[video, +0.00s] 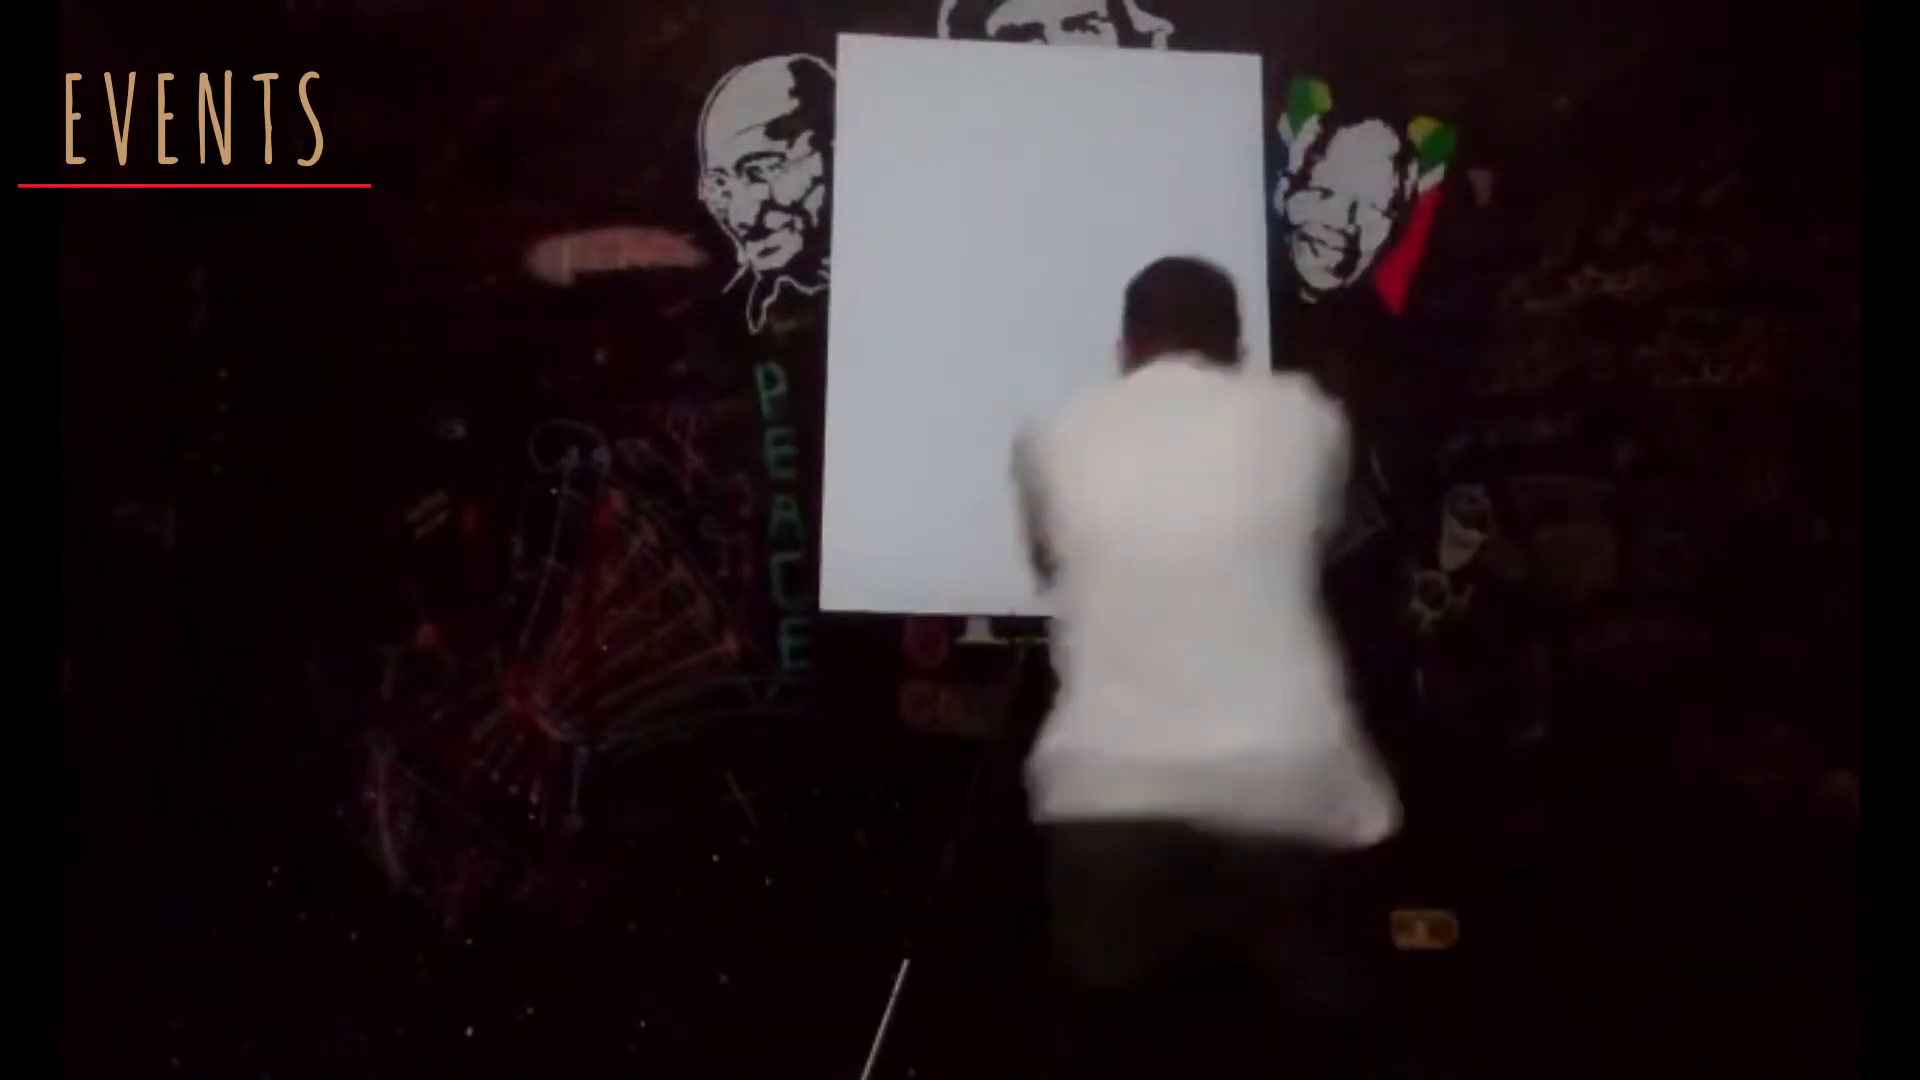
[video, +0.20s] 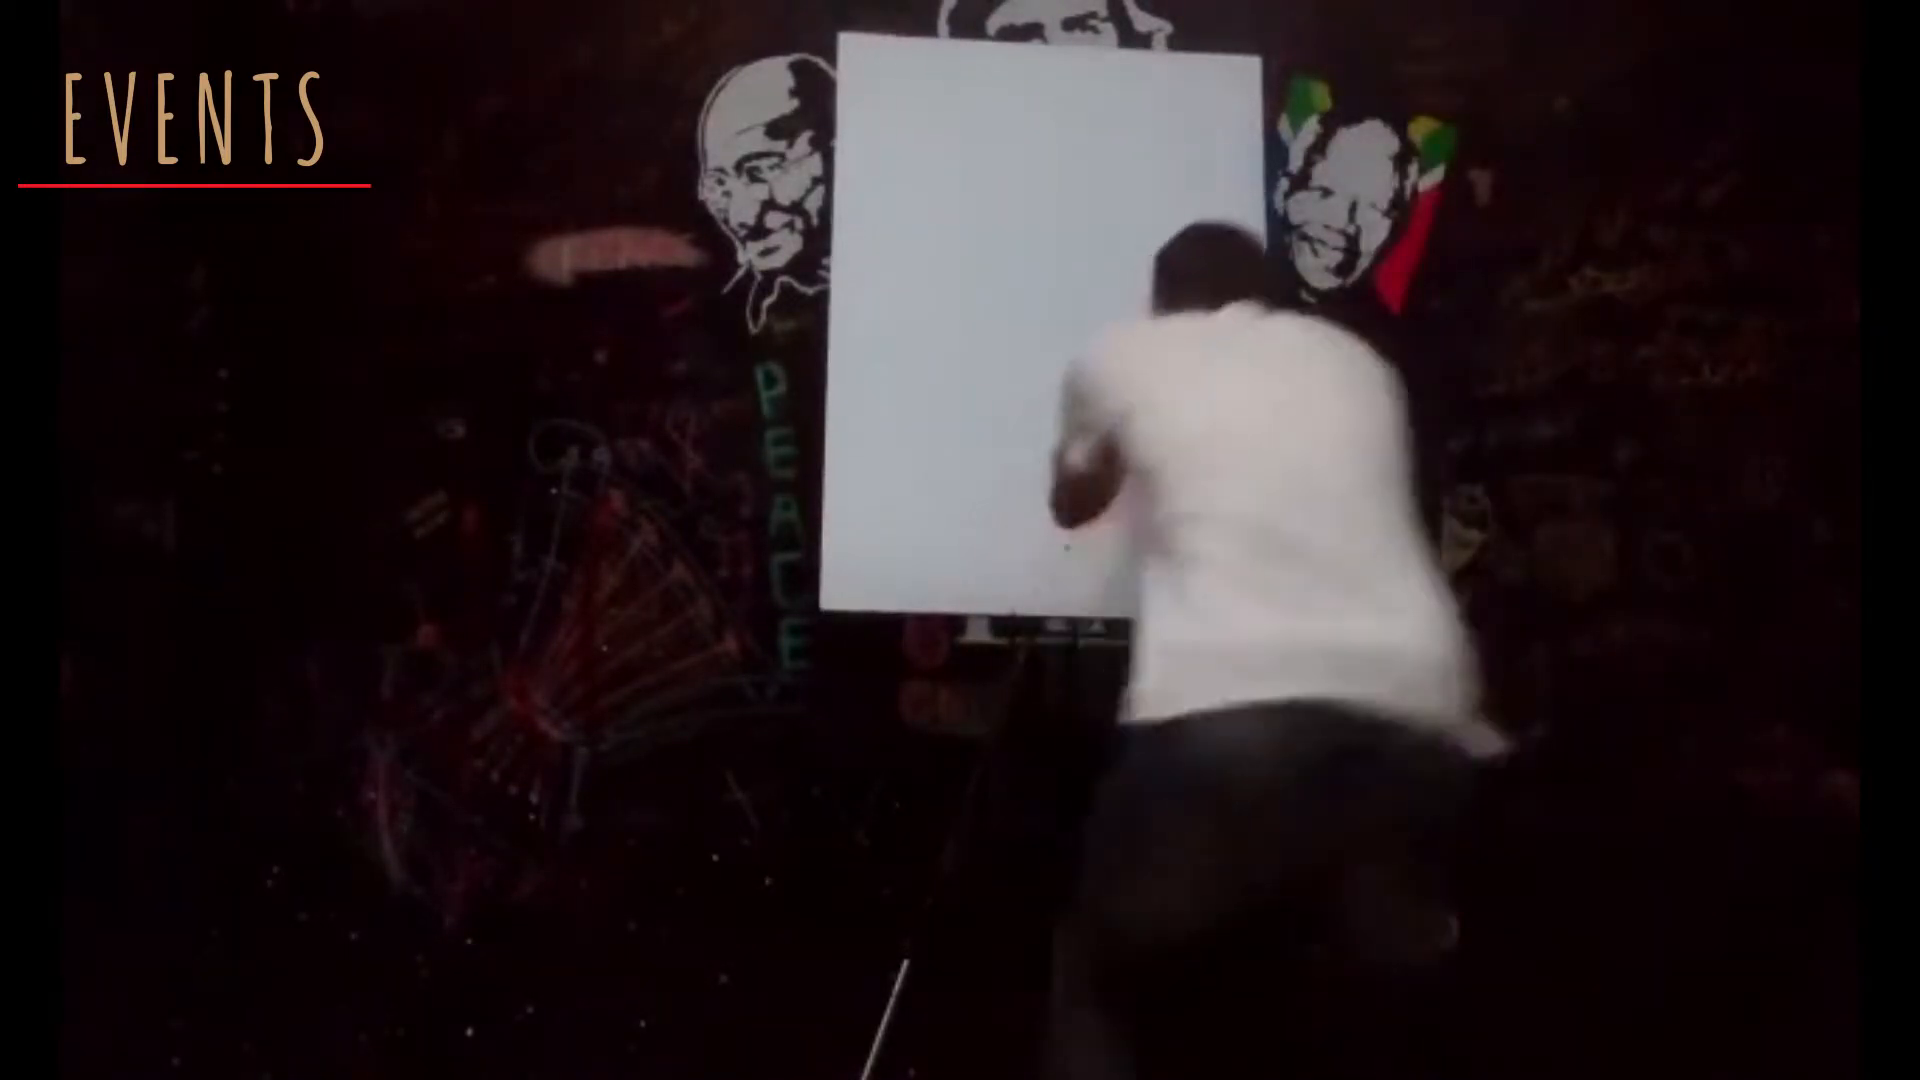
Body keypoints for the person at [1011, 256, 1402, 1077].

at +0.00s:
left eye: (1127, 338)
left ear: (1127, 343)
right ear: (1237, 342)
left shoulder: (1059, 436)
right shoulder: (1310, 420)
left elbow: (1050, 563)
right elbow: (1330, 544)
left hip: (1107, 815)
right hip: (1296, 816)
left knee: (1110, 1055)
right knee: (1312, 1053)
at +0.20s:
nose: (1154, 307)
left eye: (1158, 295)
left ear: (1163, 294)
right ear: (1274, 290)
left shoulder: (1130, 353)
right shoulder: (1363, 365)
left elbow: (1073, 503)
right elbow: (1396, 515)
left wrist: (1144, 416)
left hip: (1219, 710)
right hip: (1410, 710)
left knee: (1114, 973)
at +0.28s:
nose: (1180, 298)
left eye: (1180, 285)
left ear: (1184, 282)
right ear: (1293, 279)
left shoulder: (1149, 341)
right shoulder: (1395, 358)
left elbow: (1104, 534)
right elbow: (1408, 505)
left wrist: (1172, 482)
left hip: (1271, 704)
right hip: (1467, 700)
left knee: (1214, 1002)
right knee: (1442, 1004)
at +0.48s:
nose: (1192, 298)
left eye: (1194, 283)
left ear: (1201, 276)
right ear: (1309, 275)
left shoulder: (1188, 322)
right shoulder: (1393, 355)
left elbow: (1067, 557)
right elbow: (1433, 527)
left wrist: (1050, 647)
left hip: (1333, 706)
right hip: (1498, 707)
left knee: (1324, 1029)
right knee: (1453, 1018)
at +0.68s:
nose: (1157, 313)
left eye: (1162, 299)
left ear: (1173, 286)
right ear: (1278, 279)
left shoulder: (1200, 313)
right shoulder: (1364, 367)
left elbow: (1127, 487)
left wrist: (1017, 645)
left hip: (1341, 742)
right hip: (1504, 745)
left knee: (1195, 1015)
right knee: (1396, 1029)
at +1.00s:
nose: (1105, 356)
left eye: (1106, 341)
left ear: (1117, 329)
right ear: (1216, 302)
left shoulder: (1155, 352)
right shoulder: (1310, 429)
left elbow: (1292, 333)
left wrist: (1503, 347)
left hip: (1288, 797)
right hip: (1434, 801)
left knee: (1112, 1030)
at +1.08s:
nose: (1105, 397)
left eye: (1106, 376)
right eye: (1110, 378)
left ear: (1113, 372)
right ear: (1217, 347)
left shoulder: (1167, 396)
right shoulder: (1295, 459)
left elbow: (1366, 426)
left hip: (1266, 850)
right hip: (1405, 860)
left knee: (1090, 1026)